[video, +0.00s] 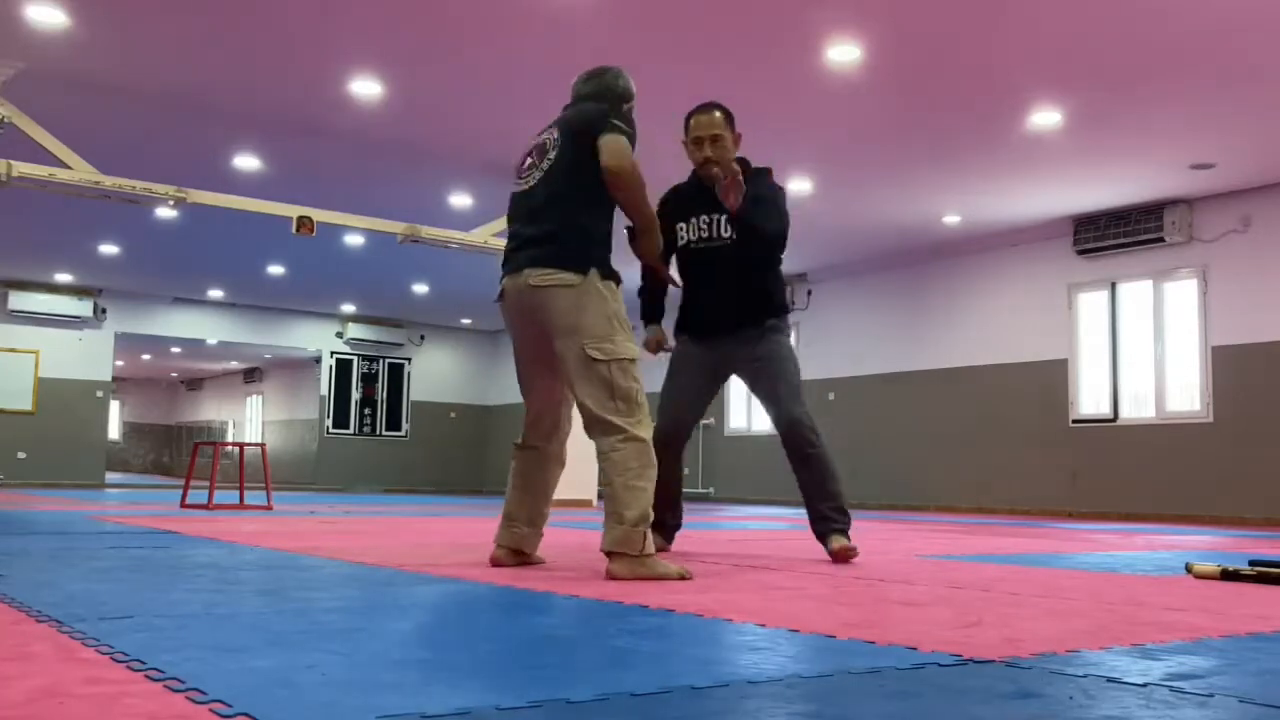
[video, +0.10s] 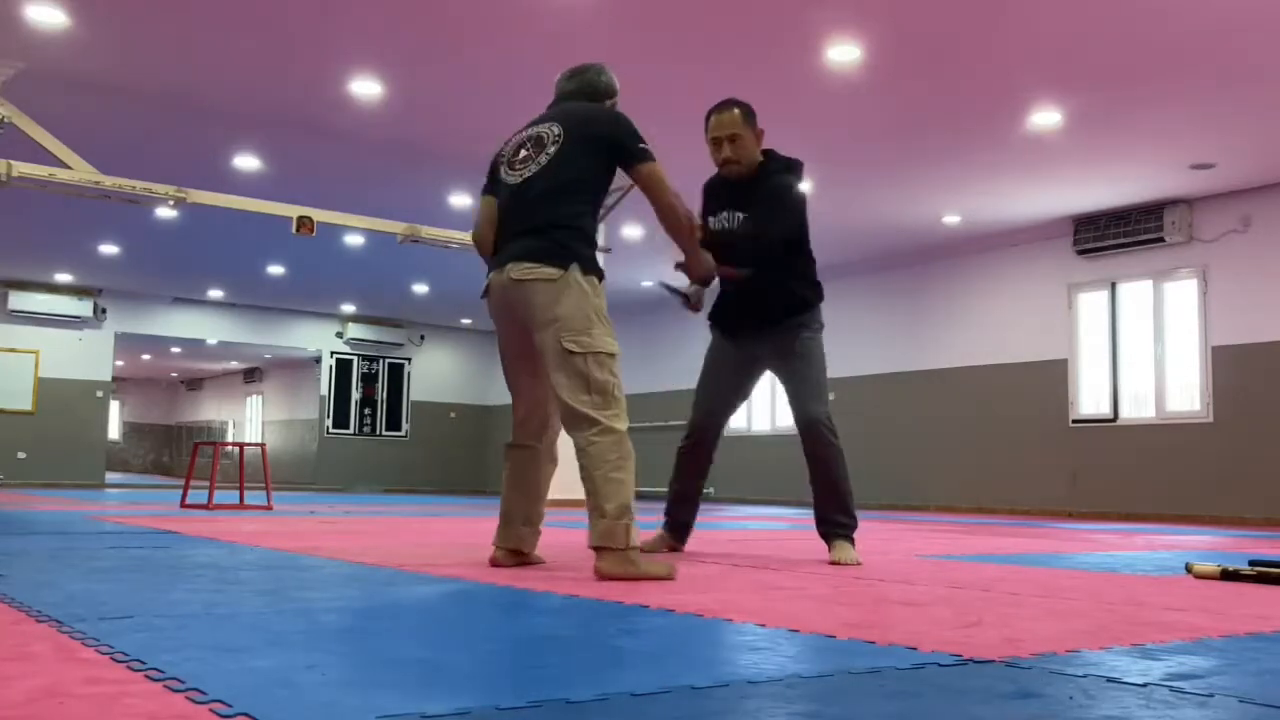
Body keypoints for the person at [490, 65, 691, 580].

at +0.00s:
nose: (633, 112)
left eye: (632, 104)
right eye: (631, 104)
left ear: (578, 98)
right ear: (622, 102)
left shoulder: (546, 139)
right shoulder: (607, 121)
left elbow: (549, 220)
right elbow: (617, 166)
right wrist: (648, 230)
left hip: (518, 284)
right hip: (573, 280)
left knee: (543, 421)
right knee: (622, 420)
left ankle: (514, 542)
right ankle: (630, 551)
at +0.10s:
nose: (616, 109)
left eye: (613, 101)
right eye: (615, 101)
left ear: (559, 96)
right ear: (608, 98)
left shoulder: (513, 144)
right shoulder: (606, 120)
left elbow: (483, 235)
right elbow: (663, 196)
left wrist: (518, 274)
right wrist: (695, 254)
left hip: (503, 282)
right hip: (560, 276)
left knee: (532, 417)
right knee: (599, 415)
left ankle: (513, 544)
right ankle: (616, 550)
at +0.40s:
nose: (598, 95)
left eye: (597, 87)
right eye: (597, 86)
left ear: (538, 77)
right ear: (587, 83)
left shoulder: (493, 130)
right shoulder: (585, 113)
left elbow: (461, 224)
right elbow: (612, 207)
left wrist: (516, 241)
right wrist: (622, 284)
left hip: (490, 292)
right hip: (547, 291)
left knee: (524, 417)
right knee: (563, 424)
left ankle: (513, 545)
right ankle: (501, 549)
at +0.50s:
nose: (598, 109)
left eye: (599, 101)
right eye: (598, 99)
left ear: (545, 84)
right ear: (588, 90)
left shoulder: (514, 128)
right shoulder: (569, 111)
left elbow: (528, 217)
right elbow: (573, 191)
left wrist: (588, 213)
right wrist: (611, 264)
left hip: (494, 296)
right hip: (537, 295)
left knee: (519, 428)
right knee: (565, 425)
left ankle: (507, 543)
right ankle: (503, 549)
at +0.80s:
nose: (631, 184)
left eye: (635, 176)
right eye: (630, 170)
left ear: (606, 163)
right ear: (607, 156)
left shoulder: (593, 230)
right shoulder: (541, 163)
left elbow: (641, 283)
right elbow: (476, 196)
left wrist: (695, 228)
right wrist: (524, 246)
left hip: (534, 328)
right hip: (490, 310)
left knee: (571, 424)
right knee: (518, 407)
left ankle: (532, 537)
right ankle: (459, 543)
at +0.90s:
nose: (631, 185)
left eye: (635, 177)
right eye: (629, 172)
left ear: (607, 164)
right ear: (605, 157)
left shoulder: (595, 231)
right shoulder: (537, 168)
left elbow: (641, 289)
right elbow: (467, 202)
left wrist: (689, 232)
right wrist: (509, 251)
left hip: (532, 334)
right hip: (485, 314)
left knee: (572, 431)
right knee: (505, 407)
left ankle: (526, 537)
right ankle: (450, 544)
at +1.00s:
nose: (631, 185)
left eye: (635, 177)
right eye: (629, 171)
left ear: (605, 165)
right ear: (603, 158)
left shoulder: (593, 232)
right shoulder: (535, 171)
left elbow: (640, 292)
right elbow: (463, 204)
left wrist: (687, 241)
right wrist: (502, 255)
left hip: (529, 336)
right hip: (482, 316)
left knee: (572, 430)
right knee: (501, 411)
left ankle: (527, 537)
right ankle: (449, 544)